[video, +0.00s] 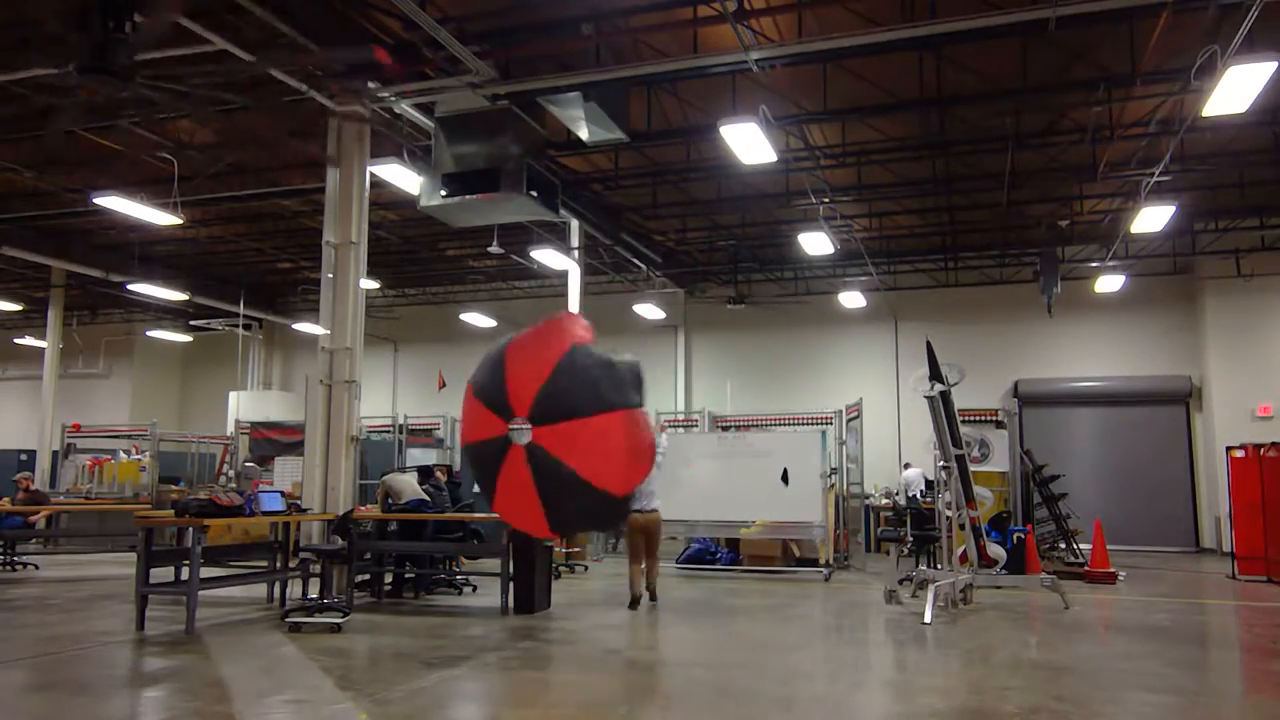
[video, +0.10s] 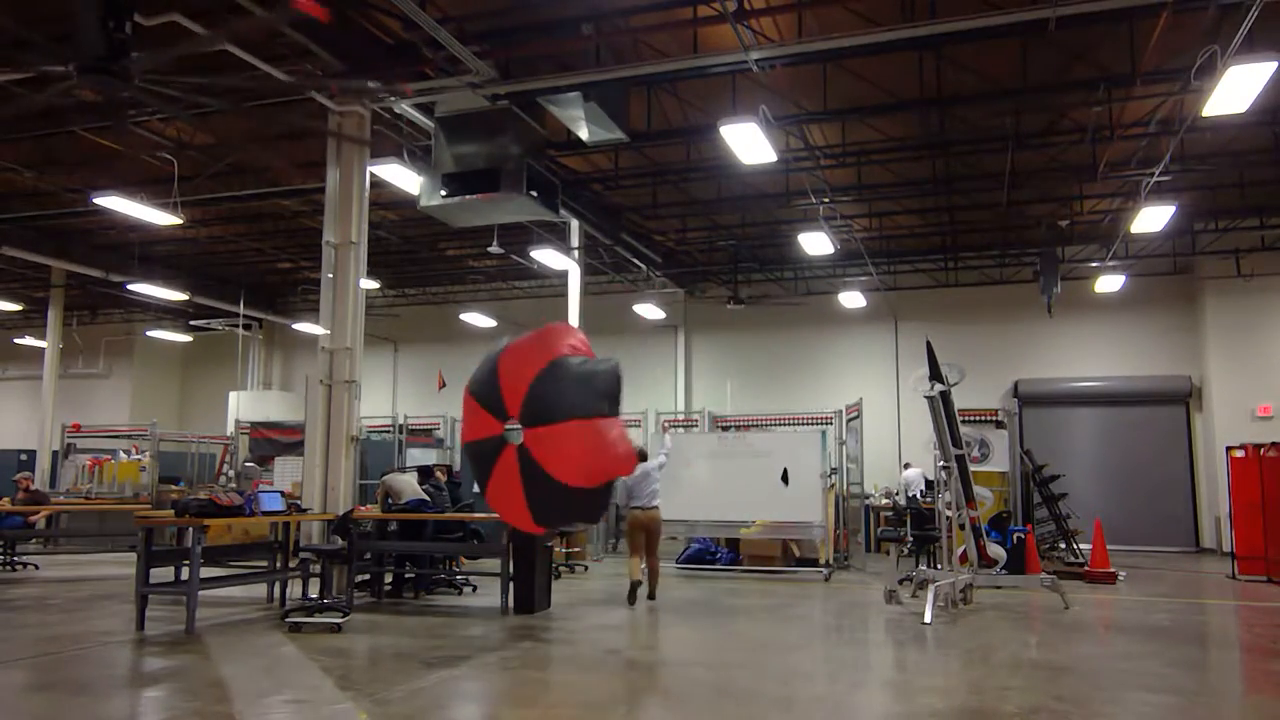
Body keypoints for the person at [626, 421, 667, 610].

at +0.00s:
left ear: (632, 451)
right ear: (646, 452)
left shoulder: (628, 467)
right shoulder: (653, 466)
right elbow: (660, 449)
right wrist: (662, 434)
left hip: (634, 513)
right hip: (653, 513)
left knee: (635, 559)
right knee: (652, 556)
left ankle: (636, 592)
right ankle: (651, 587)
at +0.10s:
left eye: (634, 454)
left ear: (632, 458)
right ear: (646, 457)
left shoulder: (625, 476)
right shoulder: (653, 467)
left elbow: (622, 502)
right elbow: (664, 453)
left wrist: (626, 511)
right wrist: (666, 434)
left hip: (635, 512)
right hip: (653, 510)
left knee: (635, 552)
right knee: (652, 554)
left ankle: (635, 579)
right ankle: (652, 590)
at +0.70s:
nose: (622, 460)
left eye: (624, 457)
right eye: (623, 457)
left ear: (630, 459)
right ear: (636, 459)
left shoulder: (625, 474)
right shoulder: (646, 468)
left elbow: (620, 497)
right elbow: (664, 467)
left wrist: (606, 501)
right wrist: (676, 455)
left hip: (631, 511)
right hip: (646, 509)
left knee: (631, 548)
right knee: (644, 545)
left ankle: (635, 583)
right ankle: (649, 574)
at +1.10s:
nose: (622, 460)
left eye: (624, 457)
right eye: (623, 457)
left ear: (630, 458)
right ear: (635, 458)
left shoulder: (624, 472)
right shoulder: (644, 470)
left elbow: (611, 488)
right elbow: (663, 477)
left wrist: (595, 478)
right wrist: (683, 475)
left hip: (627, 512)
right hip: (642, 511)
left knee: (623, 544)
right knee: (637, 546)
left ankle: (631, 572)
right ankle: (642, 578)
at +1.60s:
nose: (617, 458)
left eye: (619, 455)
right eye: (618, 455)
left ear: (626, 457)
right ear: (630, 459)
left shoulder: (619, 470)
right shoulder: (636, 472)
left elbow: (604, 484)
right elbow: (649, 487)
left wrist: (590, 472)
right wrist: (665, 495)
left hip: (618, 509)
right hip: (632, 509)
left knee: (613, 545)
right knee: (627, 544)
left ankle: (617, 579)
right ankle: (639, 575)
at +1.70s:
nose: (617, 458)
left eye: (619, 456)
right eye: (618, 455)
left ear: (625, 458)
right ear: (629, 459)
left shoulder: (619, 471)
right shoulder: (636, 473)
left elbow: (602, 485)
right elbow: (646, 488)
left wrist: (590, 474)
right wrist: (656, 495)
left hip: (618, 510)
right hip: (632, 509)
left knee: (612, 545)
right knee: (627, 544)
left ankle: (617, 579)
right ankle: (639, 574)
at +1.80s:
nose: (618, 459)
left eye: (619, 456)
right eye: (618, 456)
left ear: (625, 457)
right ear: (631, 458)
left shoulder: (621, 472)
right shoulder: (637, 472)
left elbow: (604, 486)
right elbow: (641, 488)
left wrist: (591, 477)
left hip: (619, 508)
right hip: (633, 508)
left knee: (614, 545)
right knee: (629, 544)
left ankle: (617, 579)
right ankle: (639, 575)